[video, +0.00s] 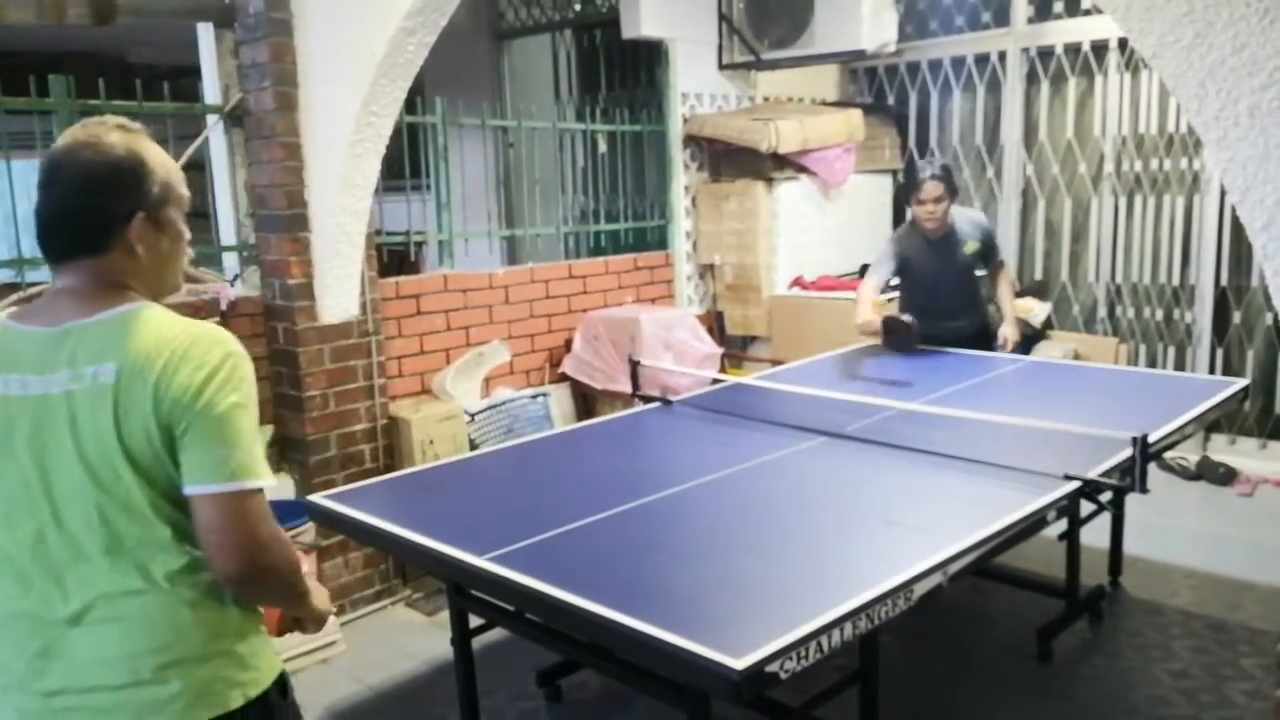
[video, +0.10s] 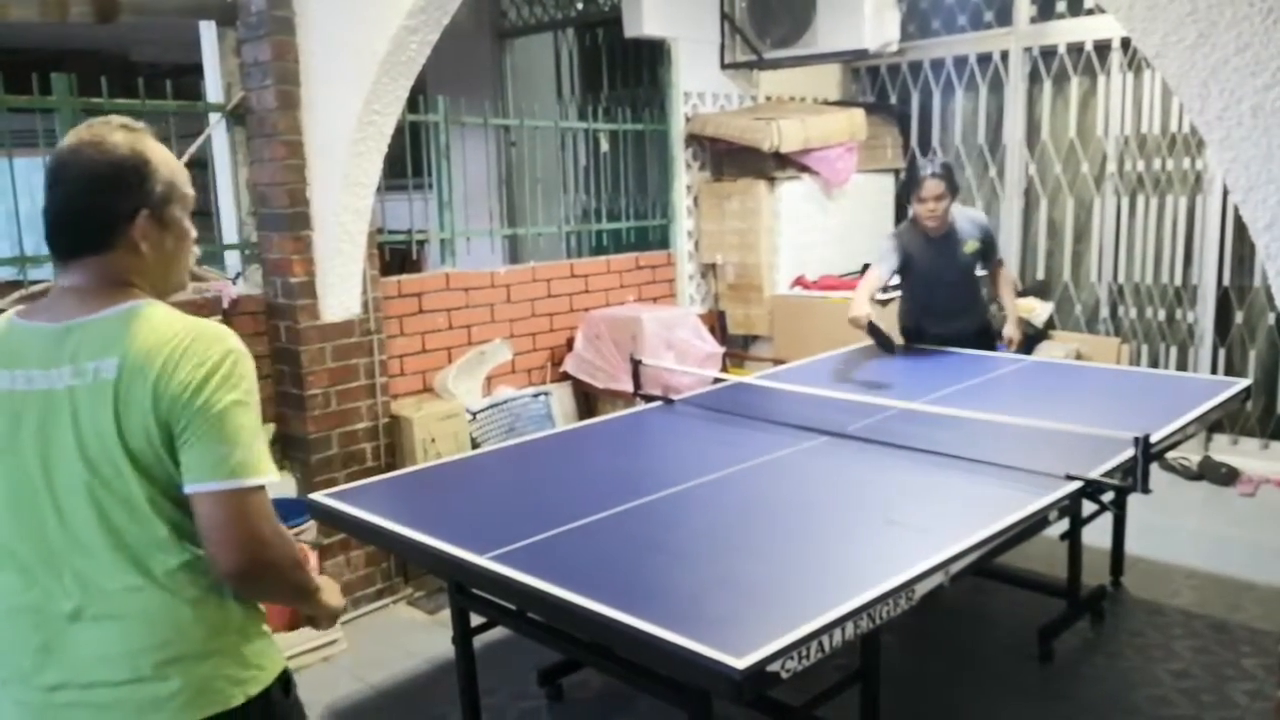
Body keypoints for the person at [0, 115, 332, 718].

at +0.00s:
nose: (190, 235)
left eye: (188, 217)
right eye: (182, 217)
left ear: (56, 228)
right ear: (138, 232)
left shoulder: (8, 337)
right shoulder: (194, 351)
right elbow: (240, 554)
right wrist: (303, 597)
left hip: (28, 690)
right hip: (188, 689)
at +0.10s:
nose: (196, 235)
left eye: (194, 217)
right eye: (187, 216)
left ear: (61, 226)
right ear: (143, 229)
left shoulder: (10, 338)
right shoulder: (195, 348)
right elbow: (241, 551)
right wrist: (312, 593)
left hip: (31, 691)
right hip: (193, 689)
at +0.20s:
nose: (217, 242)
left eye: (216, 223)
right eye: (209, 222)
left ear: (89, 231)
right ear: (165, 232)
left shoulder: (14, 347)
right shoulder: (215, 349)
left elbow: (22, 519)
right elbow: (256, 549)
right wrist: (335, 594)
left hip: (38, 691)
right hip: (201, 688)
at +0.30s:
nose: (261, 253)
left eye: (259, 234)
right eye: (252, 233)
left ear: (131, 239)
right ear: (208, 239)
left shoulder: (38, 353)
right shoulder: (252, 356)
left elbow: (11, 535)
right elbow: (299, 545)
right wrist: (380, 569)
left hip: (59, 688)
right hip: (222, 685)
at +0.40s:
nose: (308, 269)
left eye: (307, 249)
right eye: (302, 247)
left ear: (195, 247)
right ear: (270, 246)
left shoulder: (87, 351)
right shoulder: (309, 362)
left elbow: (35, 519)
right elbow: (368, 540)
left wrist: (64, 623)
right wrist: (433, 517)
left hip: (97, 687)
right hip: (259, 685)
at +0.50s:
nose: (371, 266)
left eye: (369, 248)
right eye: (367, 248)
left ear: (255, 247)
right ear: (336, 254)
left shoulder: (142, 346)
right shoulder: (368, 362)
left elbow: (75, 506)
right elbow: (462, 516)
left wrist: (101, 611)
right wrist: (508, 473)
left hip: (129, 685)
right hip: (292, 682)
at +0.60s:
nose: (404, 271)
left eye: (404, 254)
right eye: (402, 254)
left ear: (293, 253)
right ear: (380, 256)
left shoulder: (182, 338)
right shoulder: (411, 362)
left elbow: (111, 500)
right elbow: (545, 467)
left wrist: (136, 603)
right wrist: (589, 441)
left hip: (146, 682)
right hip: (311, 684)